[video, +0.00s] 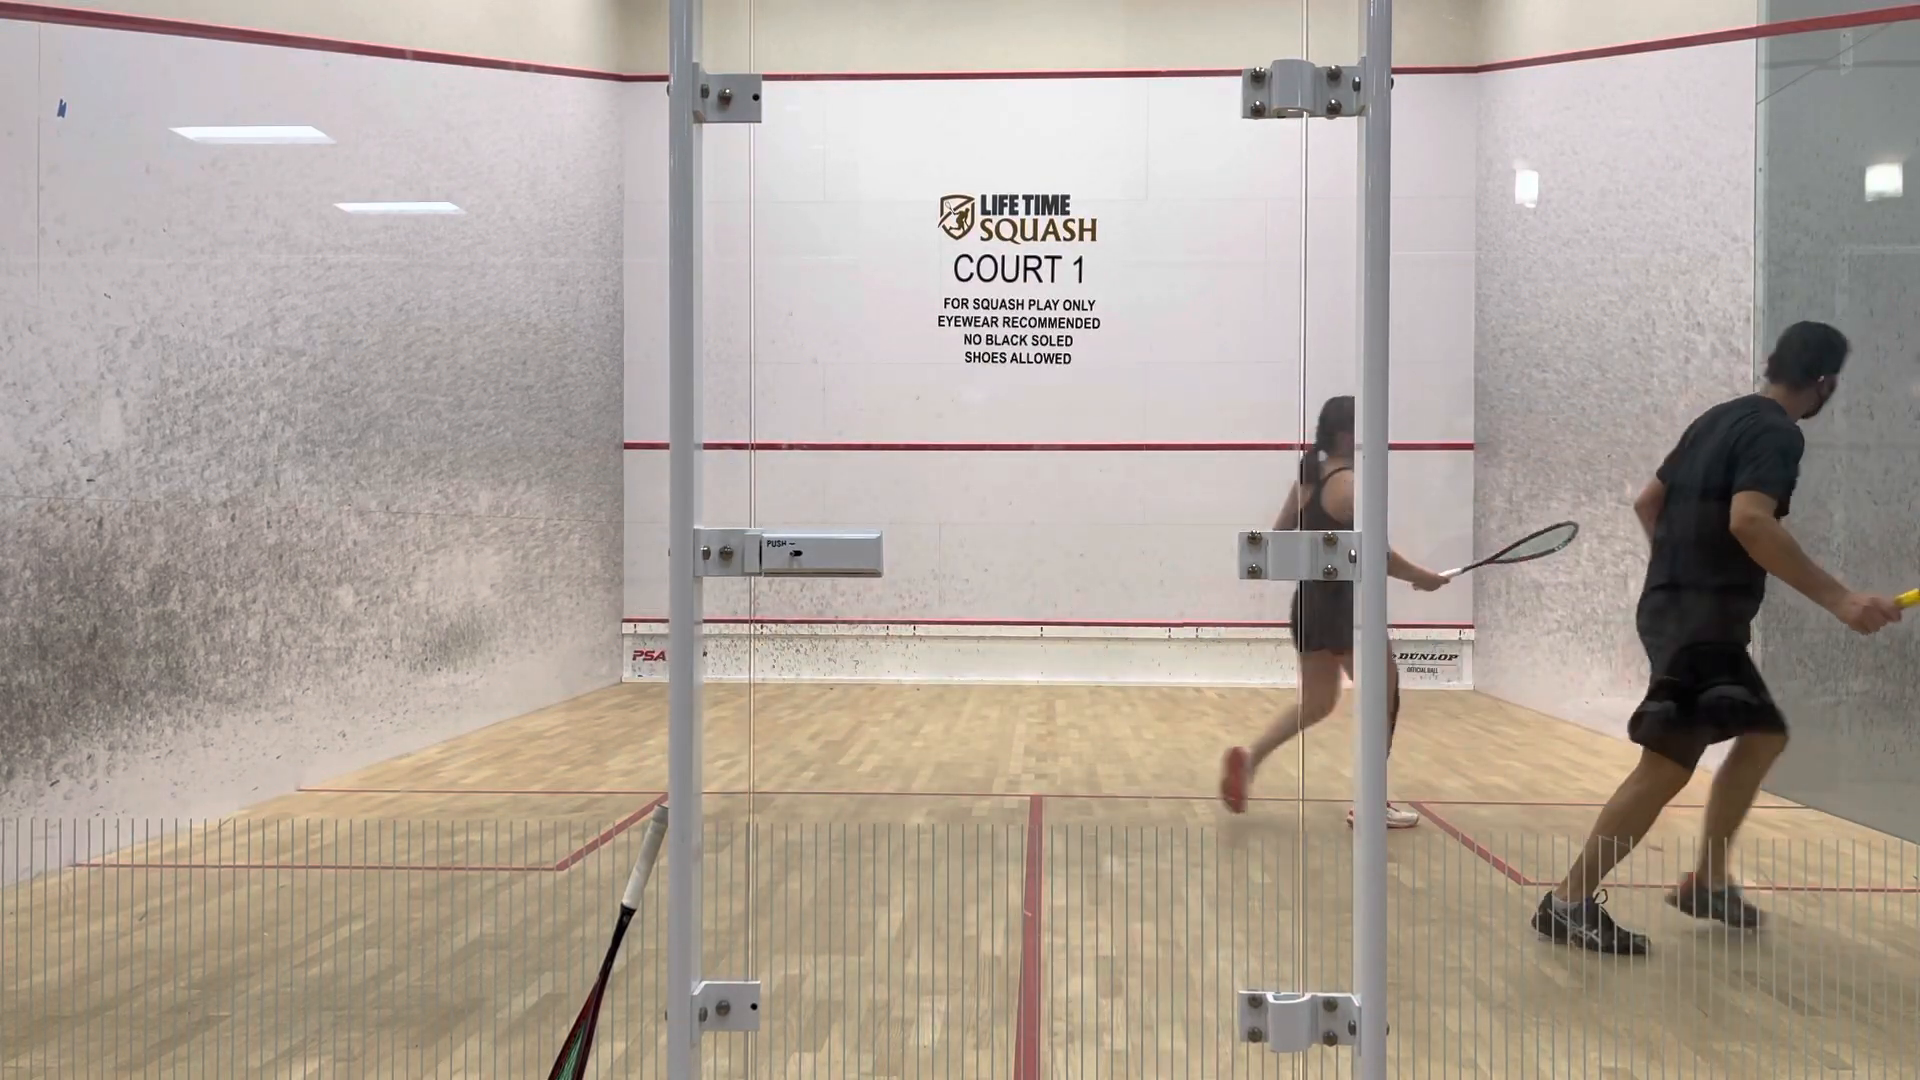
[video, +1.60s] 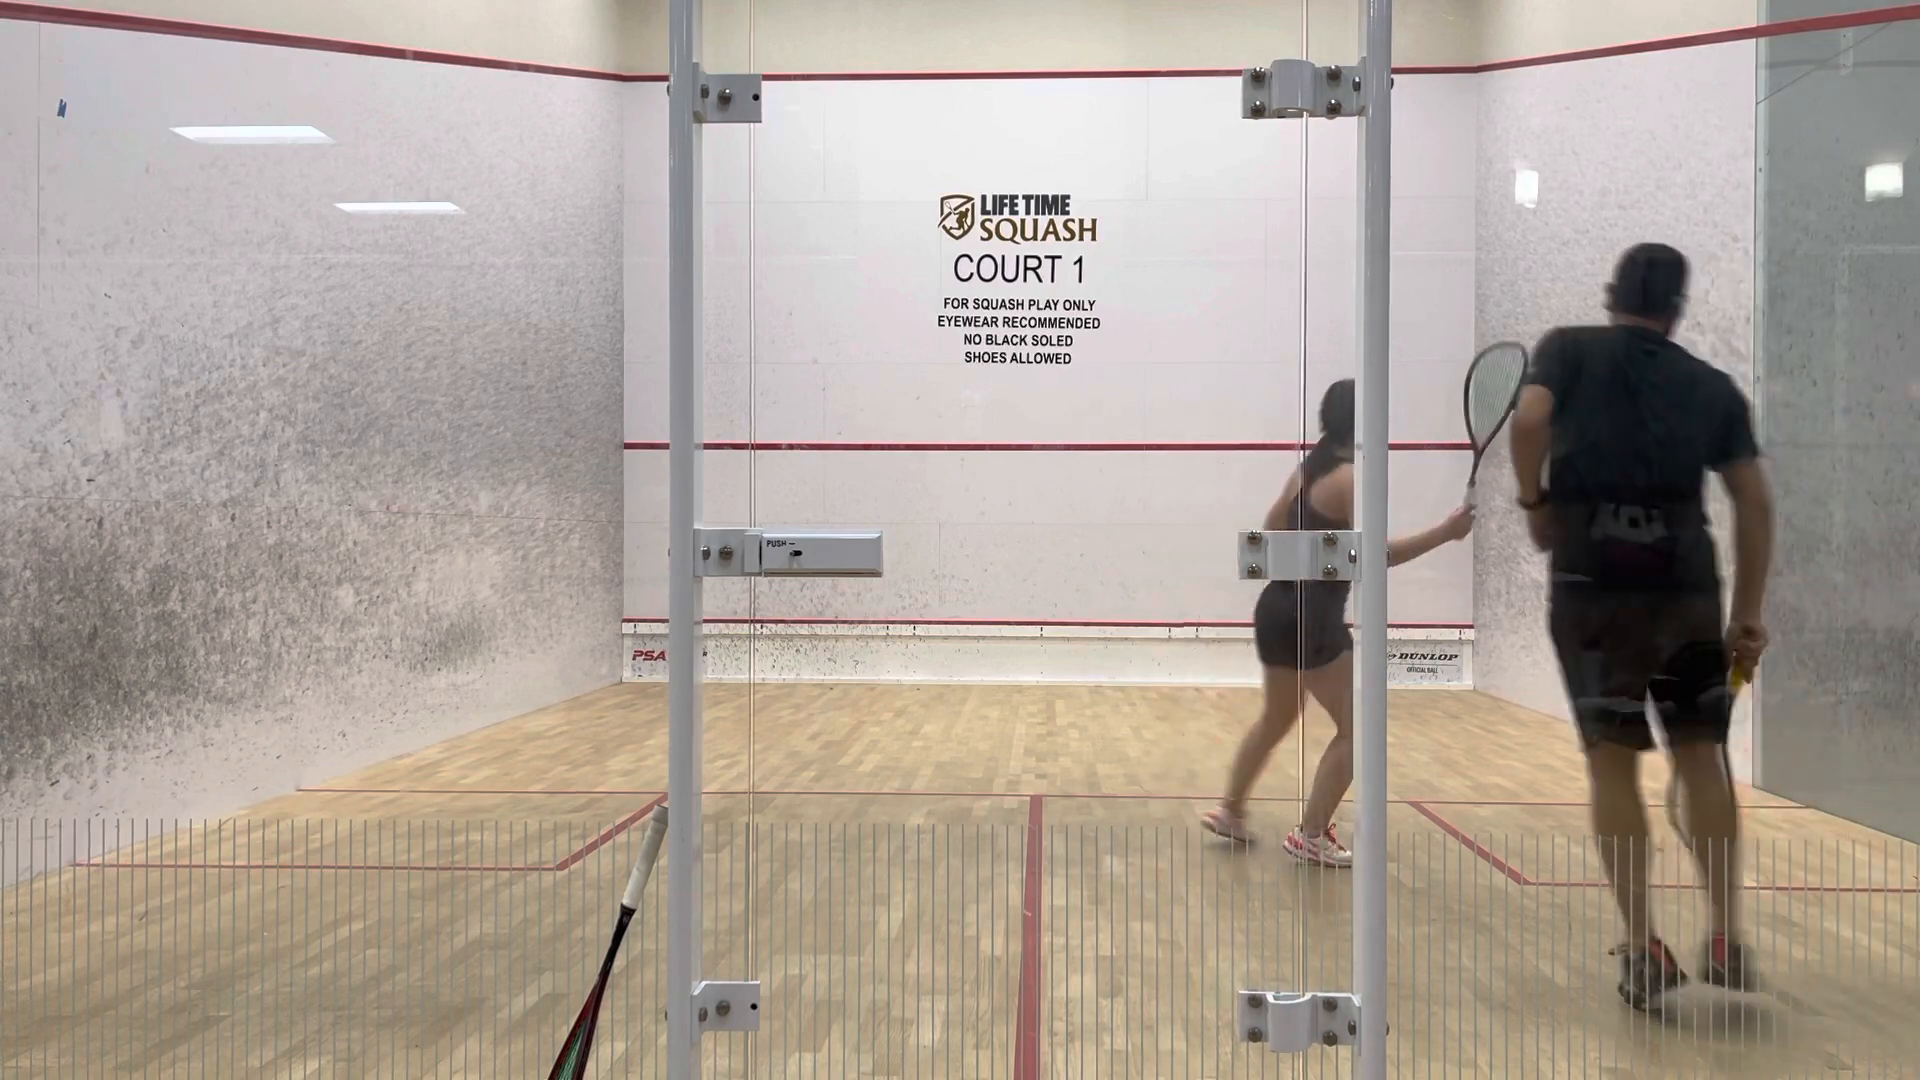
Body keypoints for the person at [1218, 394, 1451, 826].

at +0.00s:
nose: (1366, 437)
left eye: (1364, 428)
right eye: (1361, 430)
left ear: (1327, 434)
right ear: (1347, 434)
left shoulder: (1308, 478)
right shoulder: (1350, 484)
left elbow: (1280, 533)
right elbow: (1374, 550)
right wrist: (1420, 576)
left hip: (1310, 602)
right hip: (1348, 605)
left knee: (1316, 702)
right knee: (1385, 695)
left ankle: (1251, 754)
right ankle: (1370, 802)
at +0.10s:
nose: (1352, 441)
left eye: (1350, 433)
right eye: (1344, 434)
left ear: (1310, 442)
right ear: (1320, 440)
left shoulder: (1286, 489)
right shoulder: (1333, 493)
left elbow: (1263, 541)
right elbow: (1343, 559)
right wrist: (1391, 584)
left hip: (1278, 606)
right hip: (1321, 608)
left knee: (1265, 707)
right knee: (1363, 704)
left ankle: (1196, 772)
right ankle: (1370, 804)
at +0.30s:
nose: (1303, 453)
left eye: (1302, 445)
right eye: (1297, 446)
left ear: (1261, 452)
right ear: (1274, 452)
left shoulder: (1237, 492)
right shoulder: (1279, 503)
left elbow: (1229, 553)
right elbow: (1284, 575)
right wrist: (1330, 594)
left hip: (1215, 620)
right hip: (1254, 625)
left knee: (1211, 723)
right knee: (1314, 707)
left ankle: (1156, 808)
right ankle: (1350, 802)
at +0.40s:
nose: (1291, 447)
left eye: (1292, 440)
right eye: (1286, 439)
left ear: (1252, 443)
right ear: (1261, 441)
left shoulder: (1223, 479)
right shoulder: (1270, 494)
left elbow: (1195, 539)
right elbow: (1272, 564)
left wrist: (1237, 558)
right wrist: (1317, 589)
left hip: (1201, 610)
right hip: (1241, 614)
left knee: (1204, 716)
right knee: (1305, 698)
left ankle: (1156, 807)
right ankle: (1309, 808)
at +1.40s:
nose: (1313, 461)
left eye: (1312, 453)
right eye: (1310, 453)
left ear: (1264, 453)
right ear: (1298, 458)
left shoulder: (1231, 497)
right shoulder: (1297, 517)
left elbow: (1193, 548)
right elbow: (1317, 593)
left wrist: (1232, 566)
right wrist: (1377, 573)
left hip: (1204, 633)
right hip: (1250, 641)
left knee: (1205, 722)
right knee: (1329, 722)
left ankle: (1157, 808)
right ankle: (1310, 830)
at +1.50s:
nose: (1346, 451)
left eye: (1344, 442)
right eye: (1341, 443)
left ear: (1298, 444)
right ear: (1326, 448)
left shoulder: (1269, 488)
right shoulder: (1328, 503)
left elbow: (1229, 539)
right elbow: (1352, 578)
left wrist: (1288, 554)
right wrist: (1416, 556)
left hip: (1243, 627)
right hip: (1282, 636)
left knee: (1222, 723)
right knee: (1353, 729)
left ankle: (1169, 798)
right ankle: (1310, 835)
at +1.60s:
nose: (1381, 426)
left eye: (1378, 415)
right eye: (1376, 416)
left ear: (1329, 420)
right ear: (1365, 423)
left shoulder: (1307, 467)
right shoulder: (1349, 477)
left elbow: (1275, 525)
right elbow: (1377, 556)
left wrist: (1314, 572)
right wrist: (1444, 532)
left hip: (1276, 610)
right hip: (1312, 618)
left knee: (1278, 714)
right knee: (1359, 727)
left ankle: (1230, 812)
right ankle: (1312, 832)